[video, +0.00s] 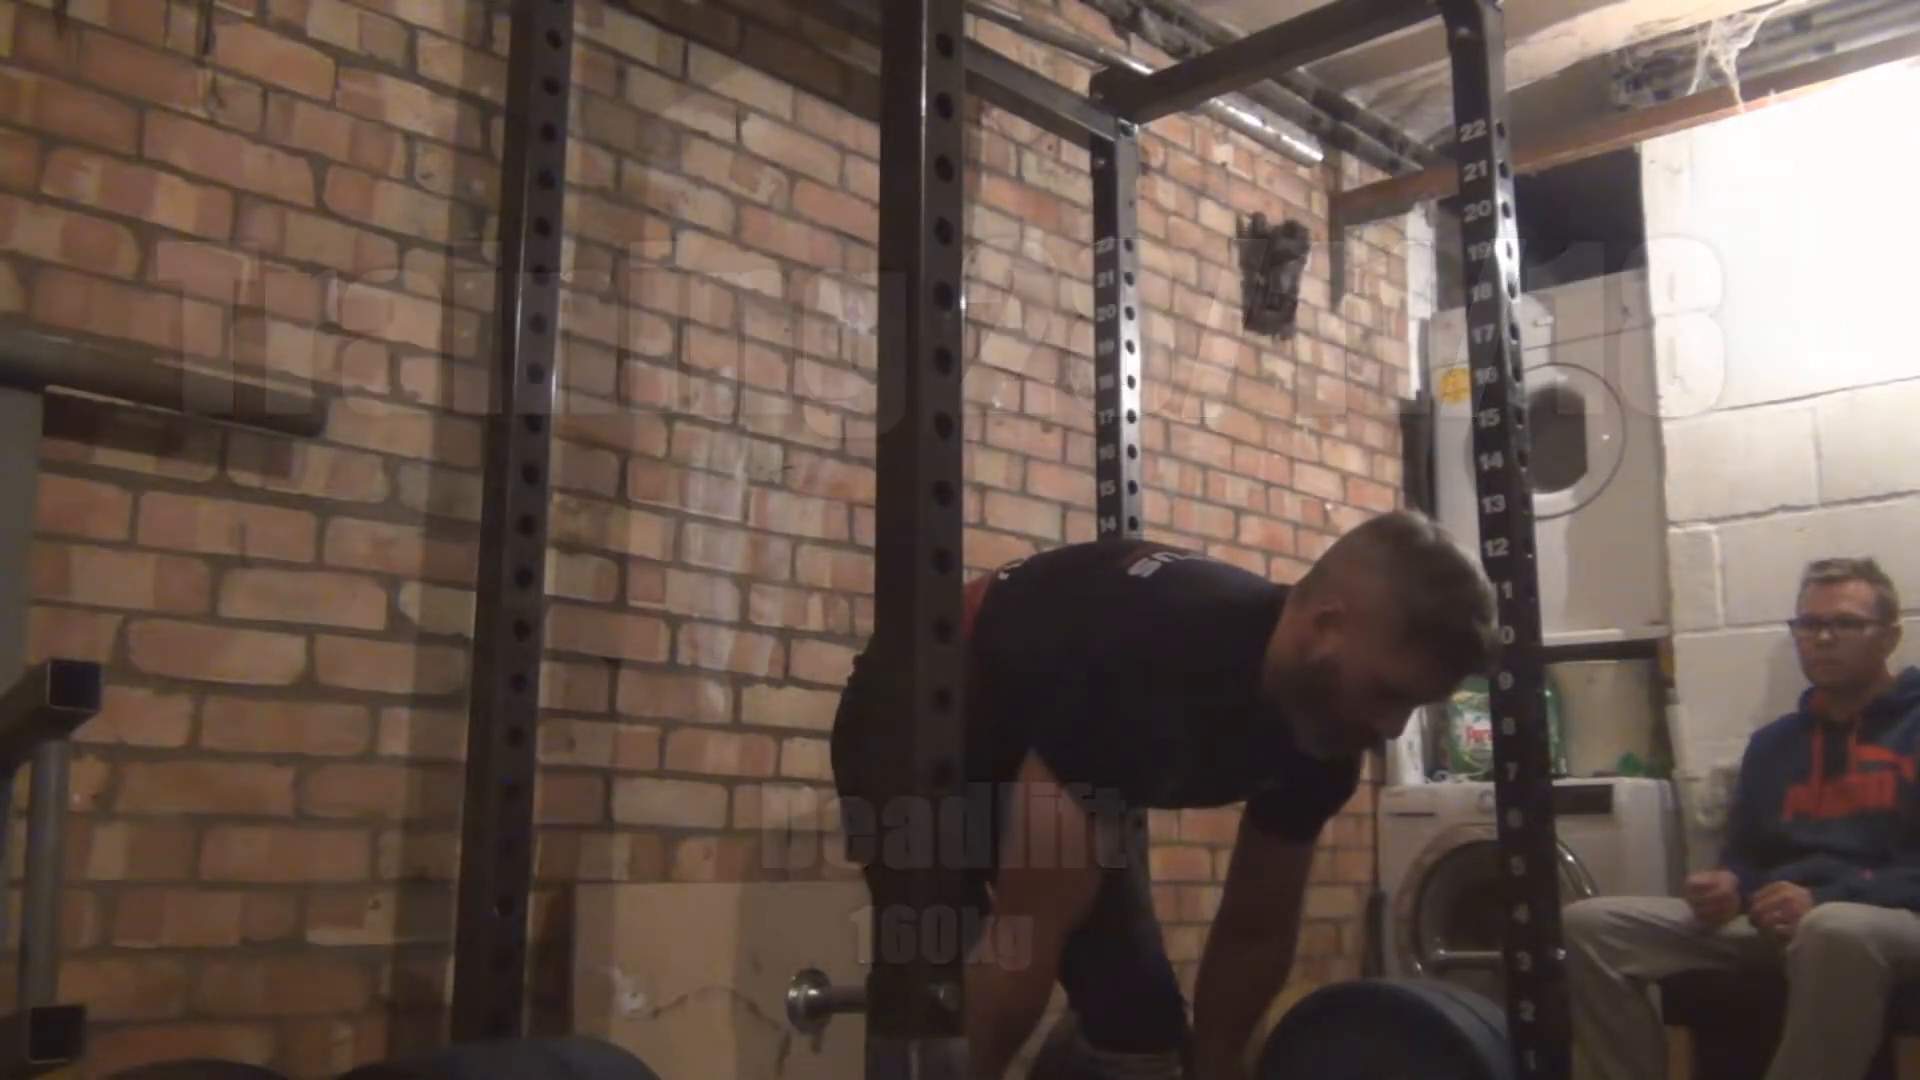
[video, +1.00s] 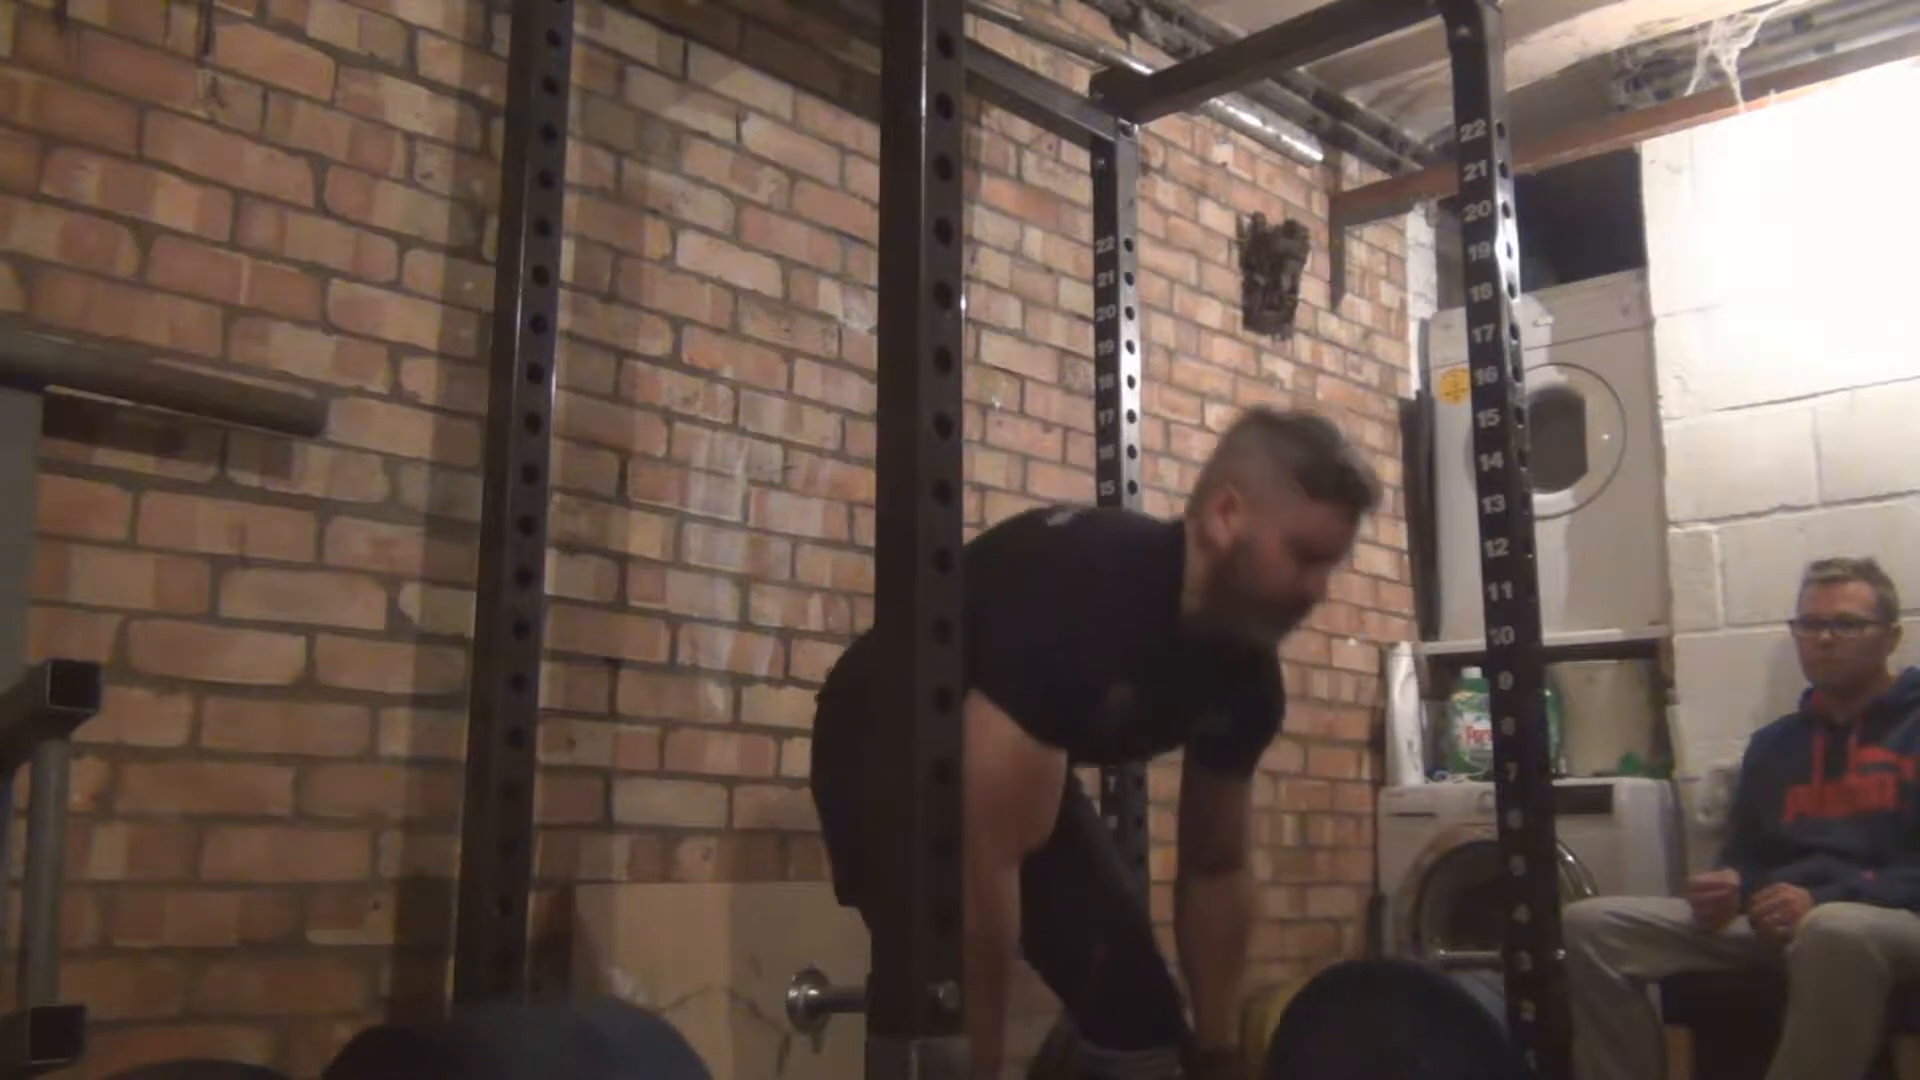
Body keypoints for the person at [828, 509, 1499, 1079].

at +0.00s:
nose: (1392, 731)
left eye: (1411, 709)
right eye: (1387, 696)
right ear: (1320, 626)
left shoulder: (1324, 736)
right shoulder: (1152, 650)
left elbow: (1257, 931)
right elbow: (1030, 921)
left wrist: (1215, 1070)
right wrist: (968, 1069)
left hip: (1071, 763)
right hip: (926, 728)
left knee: (1138, 1024)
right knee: (937, 1019)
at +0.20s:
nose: (1396, 728)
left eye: (1415, 706)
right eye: (1390, 693)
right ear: (1321, 625)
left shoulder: (1328, 735)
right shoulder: (1155, 660)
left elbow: (1258, 933)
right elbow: (1030, 923)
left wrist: (1215, 1072)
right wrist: (967, 1072)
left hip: (1059, 760)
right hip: (921, 733)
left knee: (1141, 1028)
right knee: (935, 1018)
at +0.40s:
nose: (1397, 723)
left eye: (1415, 702)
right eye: (1391, 689)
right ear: (1321, 622)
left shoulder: (1323, 731)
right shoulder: (1153, 657)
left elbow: (1257, 935)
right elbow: (1030, 925)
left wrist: (1217, 1071)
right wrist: (971, 1071)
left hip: (1058, 756)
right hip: (922, 728)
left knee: (1140, 1025)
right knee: (936, 1013)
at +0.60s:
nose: (1370, 705)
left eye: (1389, 683)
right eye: (1366, 669)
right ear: (1300, 599)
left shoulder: (1296, 718)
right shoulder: (1133, 643)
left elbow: (1241, 917)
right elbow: (1014, 914)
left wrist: (1219, 1059)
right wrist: (983, 1066)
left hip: (1045, 762)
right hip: (913, 736)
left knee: (1140, 1028)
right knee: (930, 1018)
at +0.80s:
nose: (1335, 653)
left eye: (1353, 629)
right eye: (1325, 618)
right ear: (1252, 562)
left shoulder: (1261, 706)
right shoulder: (1102, 623)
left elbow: (1224, 899)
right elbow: (996, 886)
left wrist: (1216, 1060)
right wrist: (982, 1064)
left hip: (1028, 769)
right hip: (896, 743)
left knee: (1142, 1012)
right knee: (932, 994)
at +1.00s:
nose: (1318, 590)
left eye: (1330, 566)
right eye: (1303, 556)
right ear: (1222, 515)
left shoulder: (1241, 679)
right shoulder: (1076, 590)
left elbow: (1216, 869)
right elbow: (988, 862)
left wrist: (1218, 1049)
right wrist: (979, 1060)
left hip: (1013, 766)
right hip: (882, 746)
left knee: (1138, 1019)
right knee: (934, 1014)